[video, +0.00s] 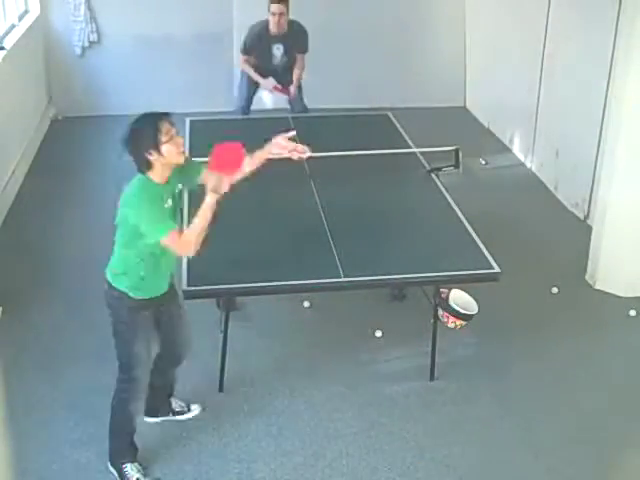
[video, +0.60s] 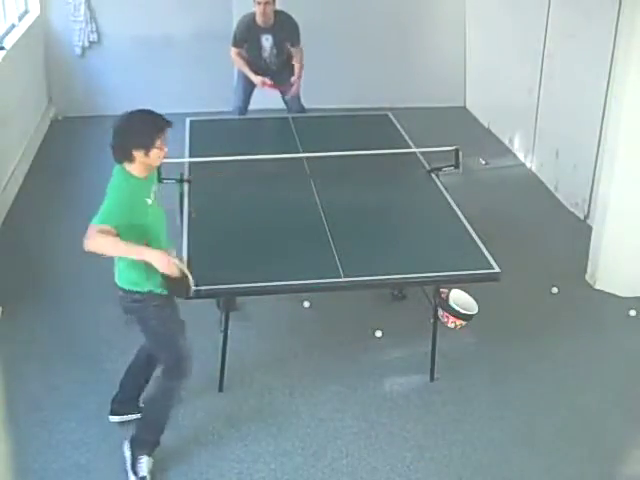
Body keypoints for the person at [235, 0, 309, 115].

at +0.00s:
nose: (277, 20)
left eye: (281, 15)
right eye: (273, 15)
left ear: (288, 15)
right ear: (268, 15)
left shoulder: (298, 31)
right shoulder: (256, 31)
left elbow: (299, 62)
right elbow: (244, 63)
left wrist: (295, 85)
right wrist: (262, 81)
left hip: (286, 72)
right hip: (258, 70)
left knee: (299, 108)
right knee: (242, 106)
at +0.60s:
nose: (263, 9)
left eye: (267, 4)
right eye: (259, 4)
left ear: (274, 5)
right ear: (255, 6)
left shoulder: (287, 22)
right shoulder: (245, 23)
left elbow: (296, 51)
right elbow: (235, 53)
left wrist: (297, 76)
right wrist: (253, 77)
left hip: (281, 70)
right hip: (252, 67)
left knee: (296, 108)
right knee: (239, 108)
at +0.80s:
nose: (276, 8)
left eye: (280, 4)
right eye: (272, 3)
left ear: (287, 5)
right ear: (267, 5)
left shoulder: (298, 20)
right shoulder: (256, 24)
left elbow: (312, 43)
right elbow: (242, 57)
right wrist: (257, 79)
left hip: (291, 71)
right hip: (261, 71)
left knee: (313, 110)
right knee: (246, 112)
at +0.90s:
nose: (288, 8)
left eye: (292, 4)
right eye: (284, 4)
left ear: (299, 6)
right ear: (280, 6)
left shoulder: (310, 23)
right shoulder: (268, 26)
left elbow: (324, 44)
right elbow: (253, 60)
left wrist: (341, 69)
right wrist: (268, 80)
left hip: (301, 75)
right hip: (272, 75)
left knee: (320, 112)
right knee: (253, 112)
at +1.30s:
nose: (275, 17)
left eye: (280, 12)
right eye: (272, 12)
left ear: (287, 11)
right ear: (267, 10)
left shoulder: (299, 26)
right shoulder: (258, 32)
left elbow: (322, 43)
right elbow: (235, 69)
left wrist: (344, 66)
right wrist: (261, 88)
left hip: (292, 83)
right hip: (262, 83)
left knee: (311, 118)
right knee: (253, 123)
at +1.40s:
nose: (272, 16)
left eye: (276, 11)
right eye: (268, 11)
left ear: (281, 11)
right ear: (261, 10)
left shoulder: (287, 28)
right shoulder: (251, 32)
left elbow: (303, 45)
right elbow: (232, 63)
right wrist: (257, 79)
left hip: (276, 79)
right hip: (251, 81)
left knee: (298, 116)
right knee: (250, 122)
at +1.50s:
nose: (267, 10)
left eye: (271, 6)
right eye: (263, 6)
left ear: (274, 8)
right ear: (256, 6)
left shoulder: (274, 26)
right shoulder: (247, 27)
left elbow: (283, 44)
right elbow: (245, 53)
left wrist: (307, 55)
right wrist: (264, 68)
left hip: (260, 81)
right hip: (235, 82)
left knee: (281, 109)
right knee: (243, 112)